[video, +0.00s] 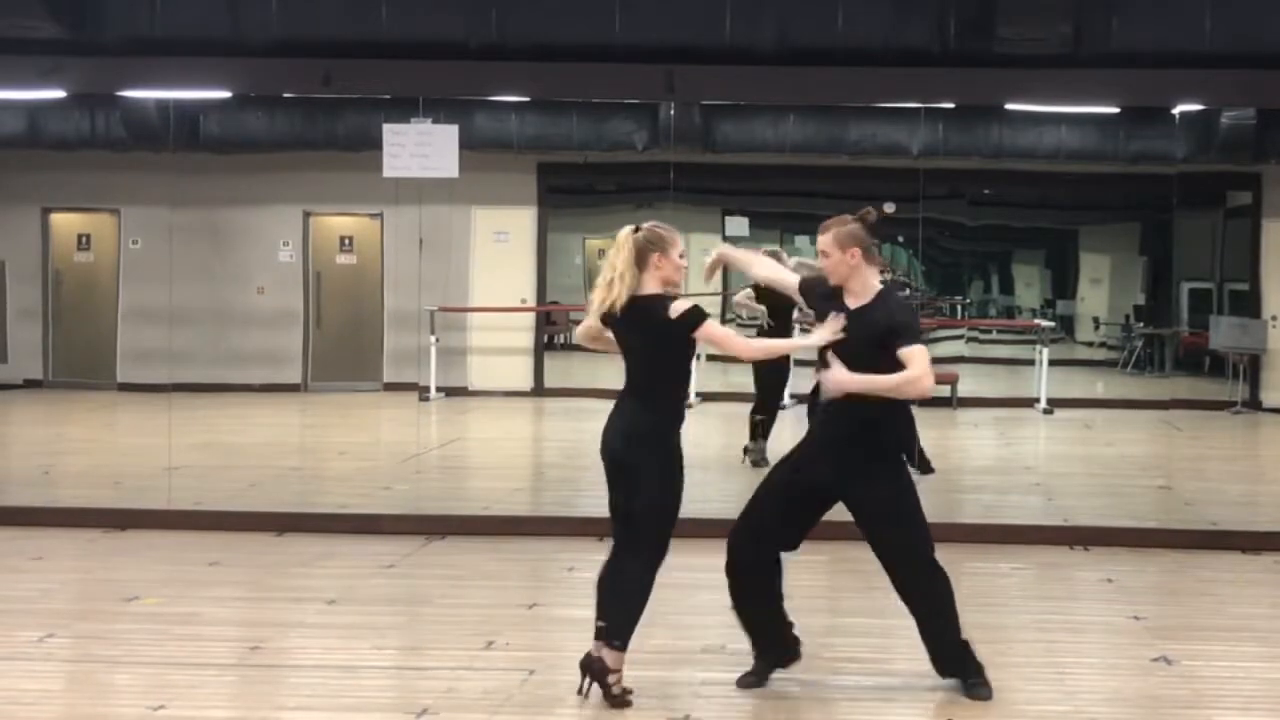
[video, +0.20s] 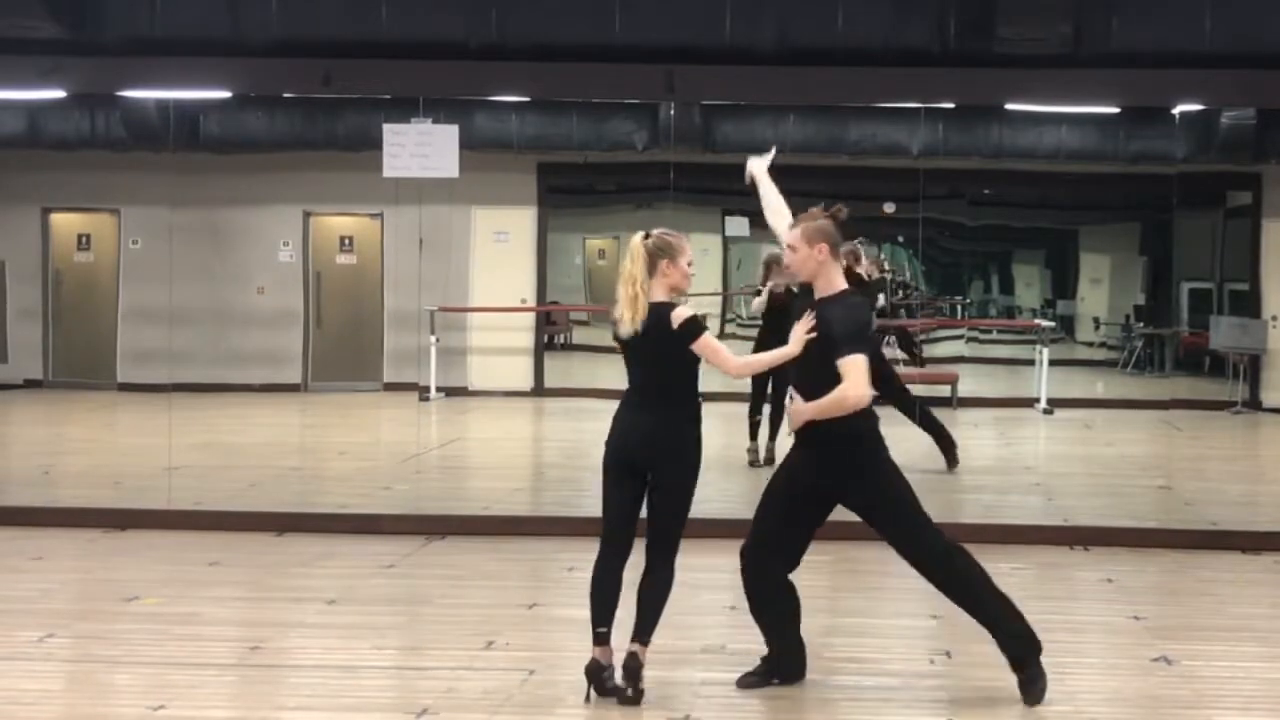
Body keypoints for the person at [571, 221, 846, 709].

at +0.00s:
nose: (684, 265)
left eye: (683, 257)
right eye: (680, 257)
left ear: (645, 261)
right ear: (658, 261)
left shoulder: (617, 307)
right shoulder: (679, 312)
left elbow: (584, 335)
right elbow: (747, 349)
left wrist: (630, 344)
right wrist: (813, 339)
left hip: (619, 435)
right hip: (655, 442)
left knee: (624, 545)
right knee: (649, 549)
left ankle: (604, 647)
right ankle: (610, 654)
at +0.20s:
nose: (692, 271)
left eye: (690, 262)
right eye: (687, 263)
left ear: (649, 267)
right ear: (665, 268)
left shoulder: (626, 316)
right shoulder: (680, 319)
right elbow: (736, 366)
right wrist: (793, 348)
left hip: (626, 441)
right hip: (674, 446)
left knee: (612, 549)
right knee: (661, 554)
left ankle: (600, 656)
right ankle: (636, 653)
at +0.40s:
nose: (691, 270)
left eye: (690, 263)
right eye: (684, 263)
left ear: (663, 269)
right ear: (656, 268)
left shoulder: (667, 306)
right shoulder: (659, 316)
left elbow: (725, 291)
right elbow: (722, 362)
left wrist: (730, 246)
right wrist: (783, 348)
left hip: (647, 438)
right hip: (640, 443)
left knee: (669, 537)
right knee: (648, 548)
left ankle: (620, 642)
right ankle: (615, 657)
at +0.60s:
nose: (655, 278)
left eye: (664, 269)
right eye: (648, 270)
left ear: (685, 272)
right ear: (639, 274)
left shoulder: (703, 310)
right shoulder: (632, 316)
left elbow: (756, 252)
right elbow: (615, 376)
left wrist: (784, 205)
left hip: (675, 442)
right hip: (627, 437)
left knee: (677, 543)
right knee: (589, 537)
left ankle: (635, 640)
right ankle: (535, 640)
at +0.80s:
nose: (657, 282)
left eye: (665, 274)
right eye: (650, 274)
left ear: (684, 279)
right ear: (642, 277)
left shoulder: (705, 322)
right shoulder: (624, 324)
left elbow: (765, 281)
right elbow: (559, 345)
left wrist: (810, 246)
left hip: (676, 448)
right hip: (625, 444)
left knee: (674, 555)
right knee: (603, 537)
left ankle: (635, 640)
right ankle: (579, 611)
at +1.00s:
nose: (657, 288)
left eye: (665, 280)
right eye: (650, 280)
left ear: (683, 283)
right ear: (642, 282)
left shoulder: (701, 329)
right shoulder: (627, 316)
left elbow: (768, 323)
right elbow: (584, 271)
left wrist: (833, 311)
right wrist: (547, 227)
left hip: (678, 455)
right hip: (627, 452)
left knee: (668, 558)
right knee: (619, 549)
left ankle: (635, 637)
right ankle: (620, 611)